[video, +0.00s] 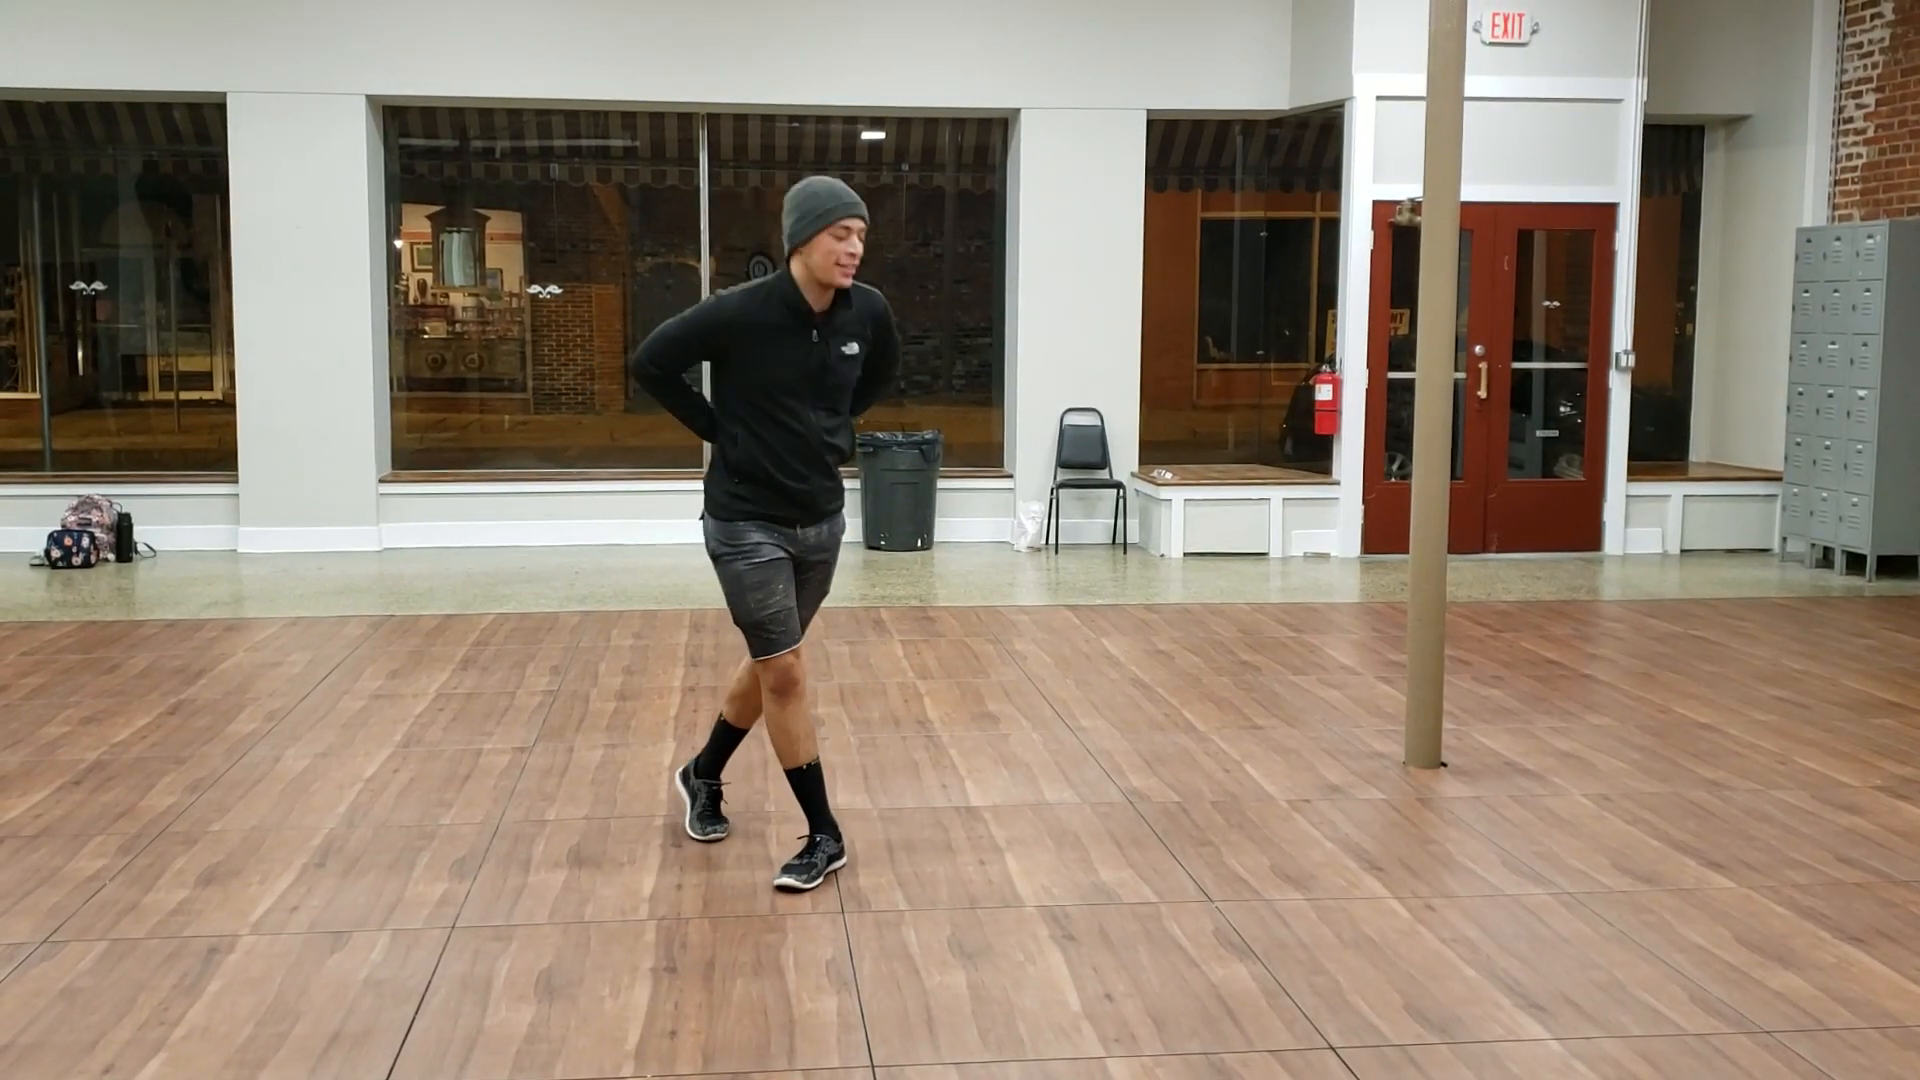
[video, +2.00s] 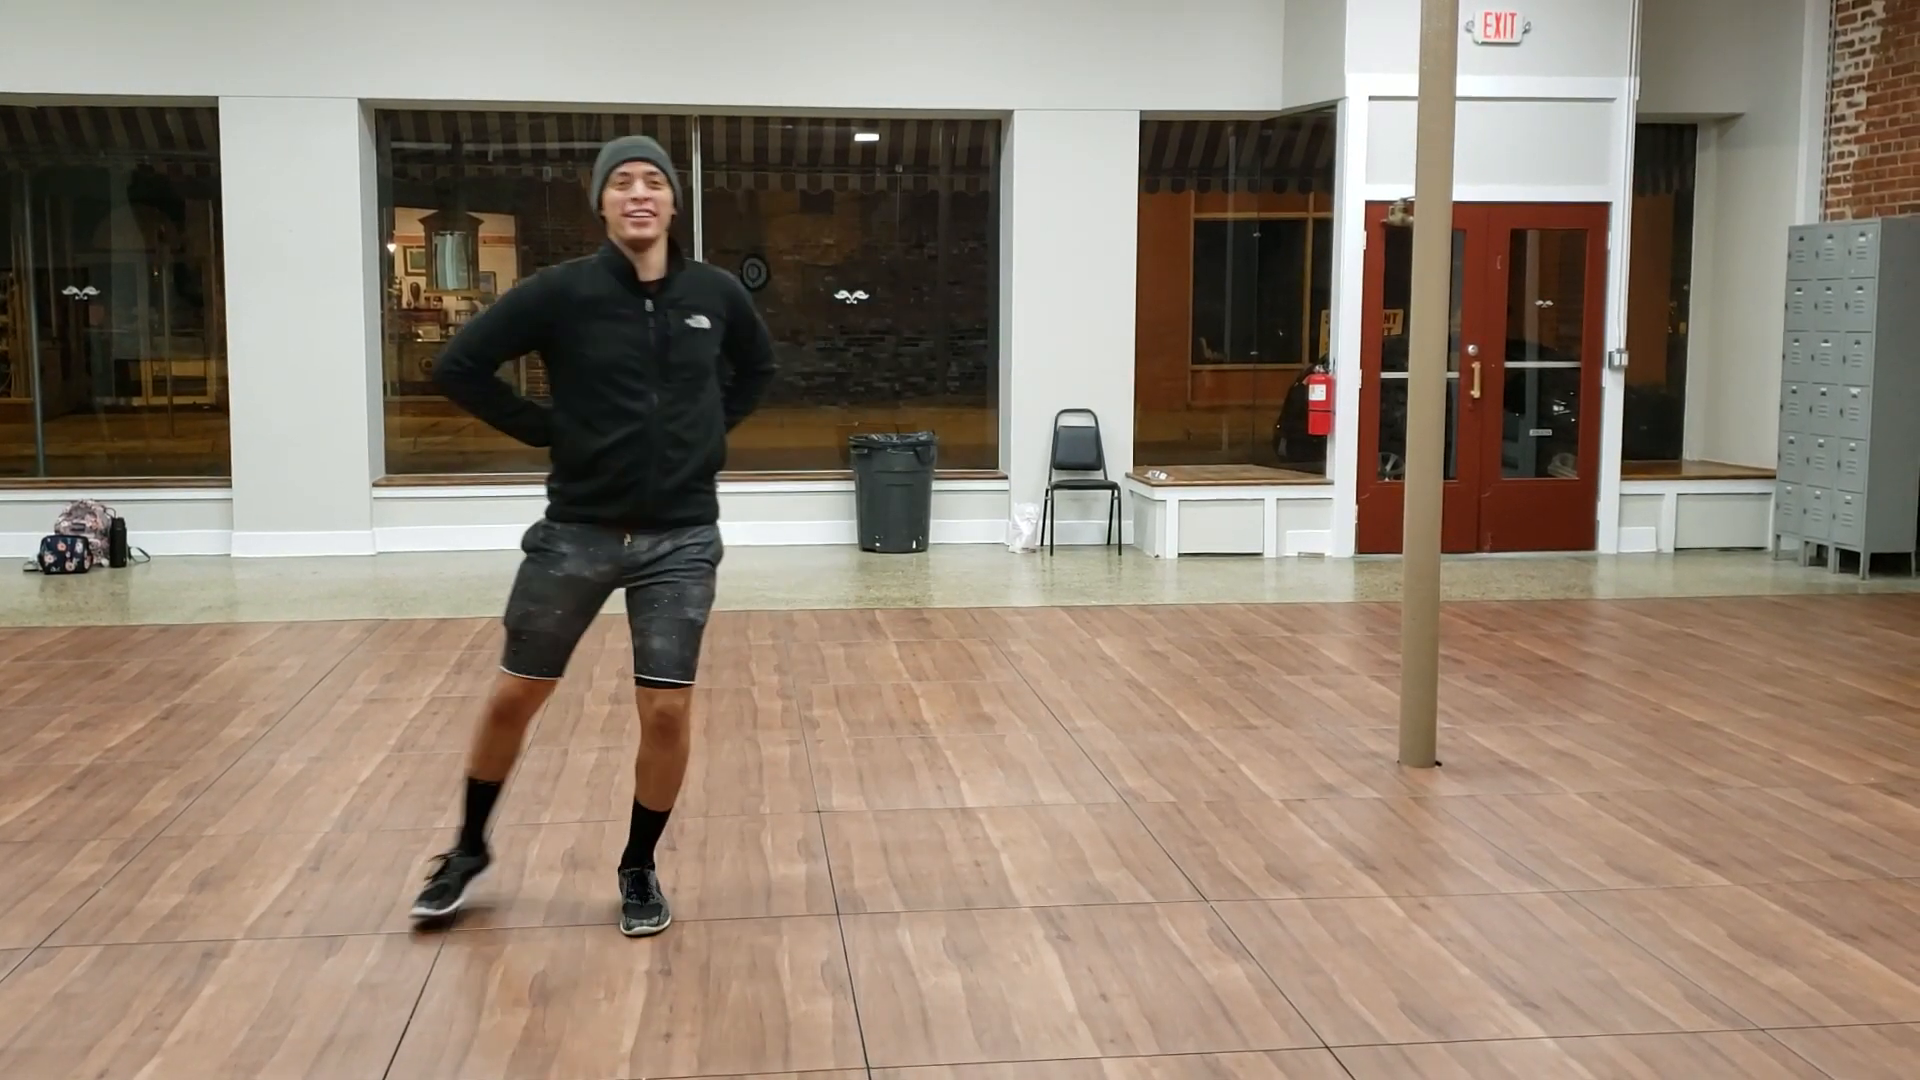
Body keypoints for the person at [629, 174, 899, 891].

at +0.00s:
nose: (853, 249)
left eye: (860, 239)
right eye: (840, 235)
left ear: (860, 248)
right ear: (800, 237)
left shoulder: (866, 311)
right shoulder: (740, 311)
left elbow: (881, 374)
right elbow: (651, 365)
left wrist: (837, 422)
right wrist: (719, 429)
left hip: (821, 522)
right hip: (744, 522)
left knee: (772, 664)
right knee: (785, 675)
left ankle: (703, 773)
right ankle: (824, 834)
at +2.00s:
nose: (639, 195)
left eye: (652, 184)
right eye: (623, 186)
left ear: (675, 203)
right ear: (601, 208)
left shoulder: (717, 293)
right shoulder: (558, 293)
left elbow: (757, 371)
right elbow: (457, 368)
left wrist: (704, 429)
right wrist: (545, 428)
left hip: (680, 535)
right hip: (575, 532)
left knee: (666, 708)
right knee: (515, 692)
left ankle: (639, 868)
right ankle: (468, 847)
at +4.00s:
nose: (786, 219)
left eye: (804, 211)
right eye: (774, 205)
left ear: (821, 232)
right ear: (747, 220)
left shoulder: (853, 323)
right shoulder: (702, 312)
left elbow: (944, 416)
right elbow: (633, 379)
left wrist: (858, 476)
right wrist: (696, 446)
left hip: (813, 561)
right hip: (725, 559)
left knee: (741, 742)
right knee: (776, 740)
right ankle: (872, 853)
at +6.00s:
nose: (896, 228)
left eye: (916, 220)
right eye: (884, 212)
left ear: (935, 246)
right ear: (856, 229)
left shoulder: (964, 342)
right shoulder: (835, 332)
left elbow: (1050, 462)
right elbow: (815, 411)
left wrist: (967, 509)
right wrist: (838, 482)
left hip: (947, 603)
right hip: (846, 592)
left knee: (1003, 787)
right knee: (802, 767)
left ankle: (1083, 941)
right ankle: (887, 899)